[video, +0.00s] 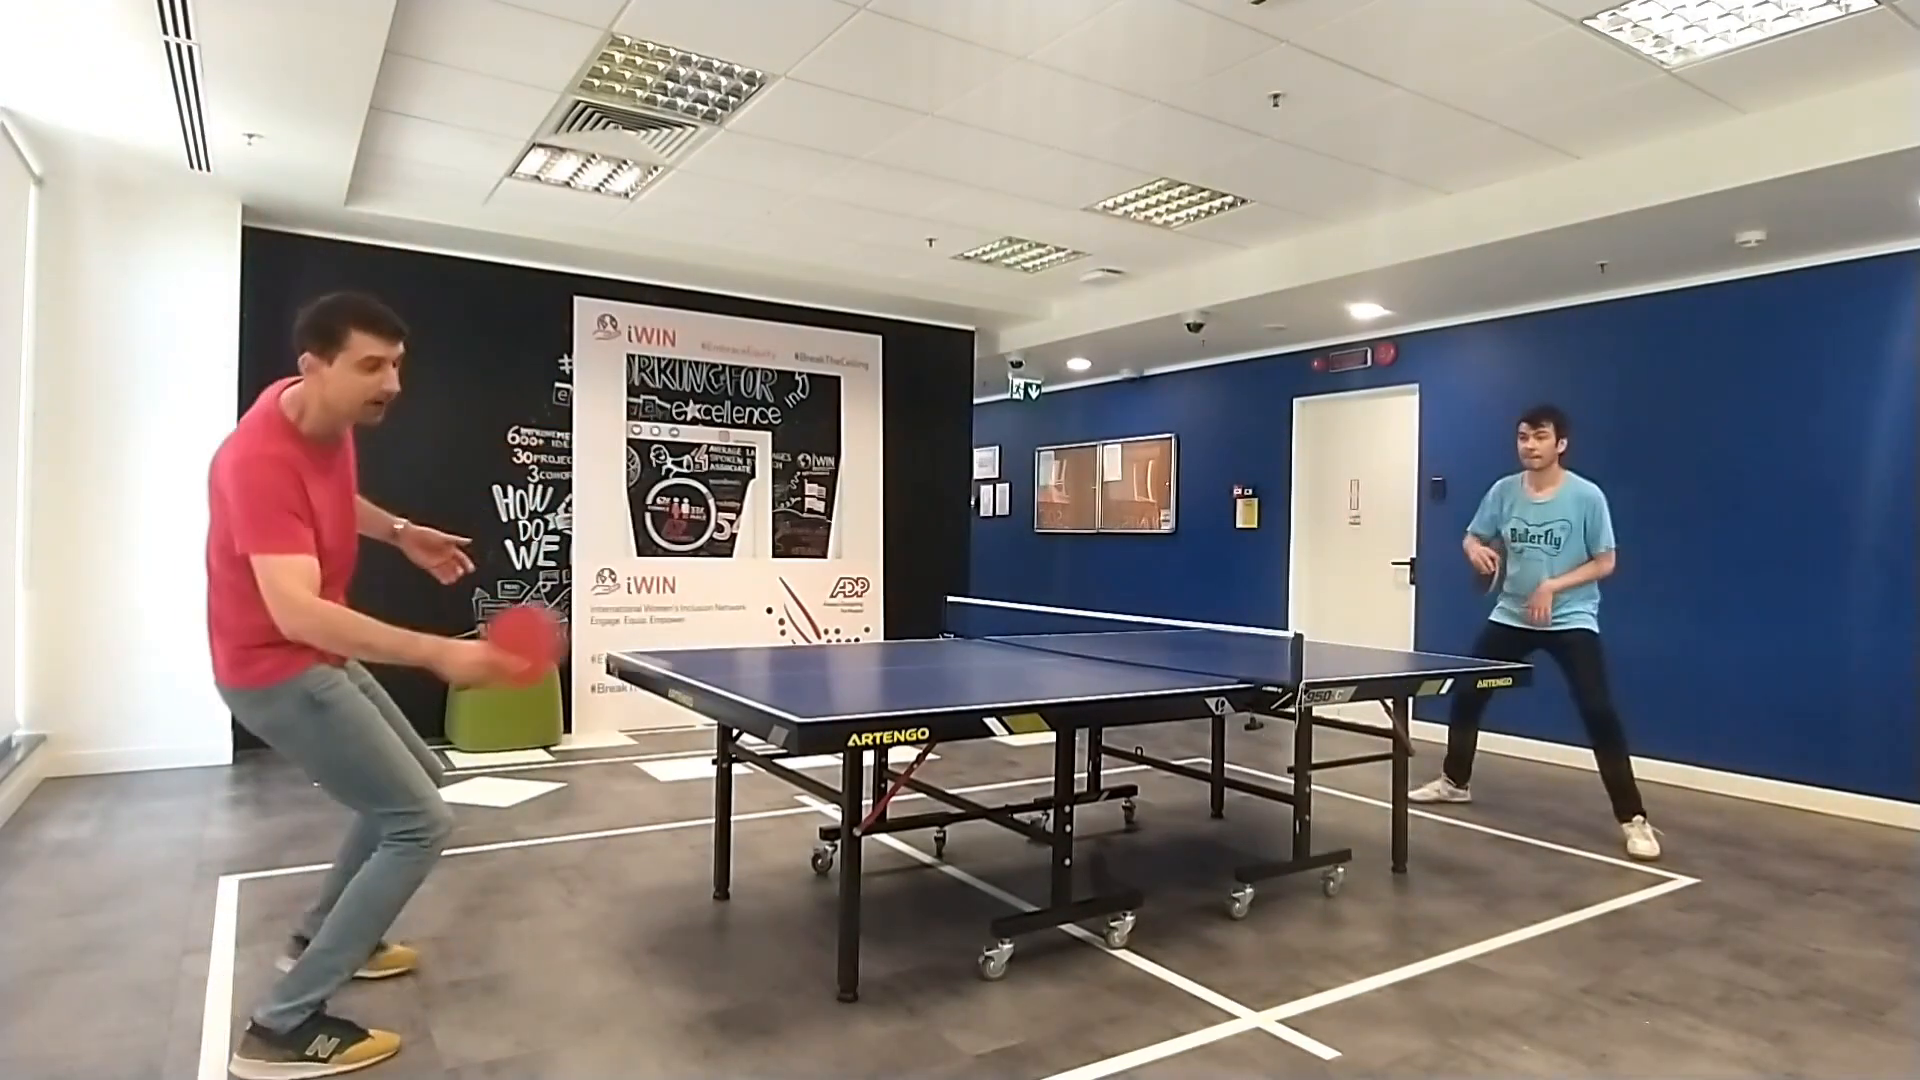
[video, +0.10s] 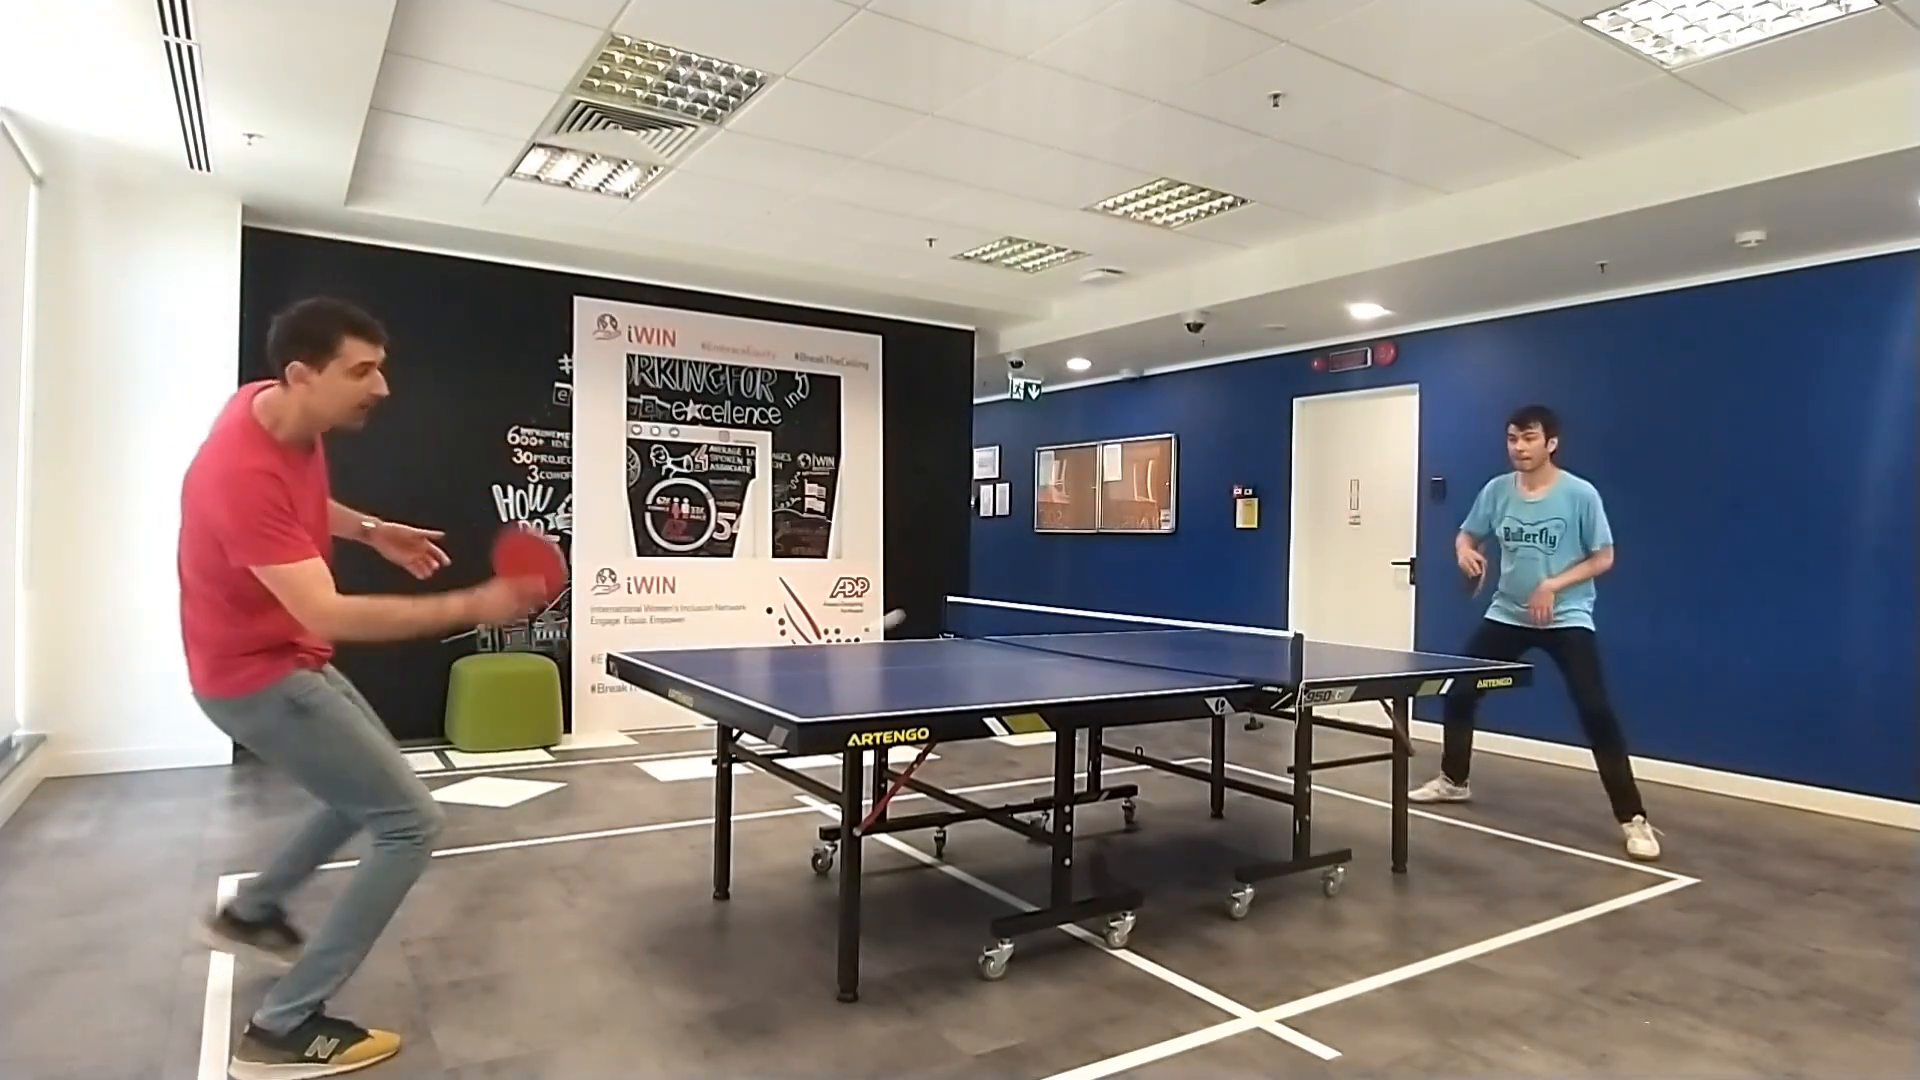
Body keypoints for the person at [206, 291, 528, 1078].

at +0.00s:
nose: (390, 384)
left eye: (394, 367)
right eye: (372, 367)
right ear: (313, 367)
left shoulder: (323, 415)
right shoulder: (262, 461)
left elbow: (327, 500)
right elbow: (298, 614)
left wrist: (401, 532)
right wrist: (441, 653)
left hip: (321, 649)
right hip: (277, 672)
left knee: (419, 783)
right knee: (416, 825)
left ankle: (330, 935)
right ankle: (285, 1021)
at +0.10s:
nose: (379, 389)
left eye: (379, 371)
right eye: (363, 372)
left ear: (307, 374)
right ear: (300, 375)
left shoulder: (284, 413)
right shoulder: (245, 478)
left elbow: (293, 504)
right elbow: (324, 615)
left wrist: (369, 530)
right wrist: (473, 606)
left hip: (291, 652)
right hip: (256, 676)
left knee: (370, 782)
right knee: (409, 824)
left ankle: (252, 905)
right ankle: (286, 1021)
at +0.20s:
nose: (354, 374)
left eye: (353, 358)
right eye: (339, 358)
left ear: (275, 366)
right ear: (276, 364)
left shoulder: (238, 412)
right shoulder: (221, 464)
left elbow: (258, 505)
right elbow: (316, 595)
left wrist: (340, 523)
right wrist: (453, 555)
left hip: (237, 660)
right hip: (233, 676)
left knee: (322, 794)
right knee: (388, 818)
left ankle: (150, 883)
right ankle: (285, 1021)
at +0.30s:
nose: (319, 357)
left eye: (317, 340)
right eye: (304, 341)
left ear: (248, 350)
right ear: (246, 348)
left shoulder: (215, 412)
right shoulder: (184, 442)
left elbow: (223, 505)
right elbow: (264, 581)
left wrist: (310, 521)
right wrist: (399, 535)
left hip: (195, 655)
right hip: (195, 665)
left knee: (243, 808)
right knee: (357, 809)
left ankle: (59, 900)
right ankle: (283, 1022)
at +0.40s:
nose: (289, 356)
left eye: (287, 340)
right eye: (275, 340)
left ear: (223, 351)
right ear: (219, 347)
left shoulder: (199, 423)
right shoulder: (136, 432)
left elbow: (207, 510)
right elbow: (186, 574)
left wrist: (291, 526)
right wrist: (332, 544)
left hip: (156, 657)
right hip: (135, 664)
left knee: (151, 818)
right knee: (303, 800)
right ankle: (278, 1021)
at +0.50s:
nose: (268, 353)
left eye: (265, 337)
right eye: (254, 337)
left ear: (205, 350)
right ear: (198, 346)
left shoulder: (192, 425)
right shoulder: (105, 427)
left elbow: (181, 508)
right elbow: (108, 571)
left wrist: (277, 539)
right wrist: (261, 568)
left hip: (107, 650)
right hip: (68, 656)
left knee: (111, 818)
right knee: (230, 795)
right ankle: (253, 1023)